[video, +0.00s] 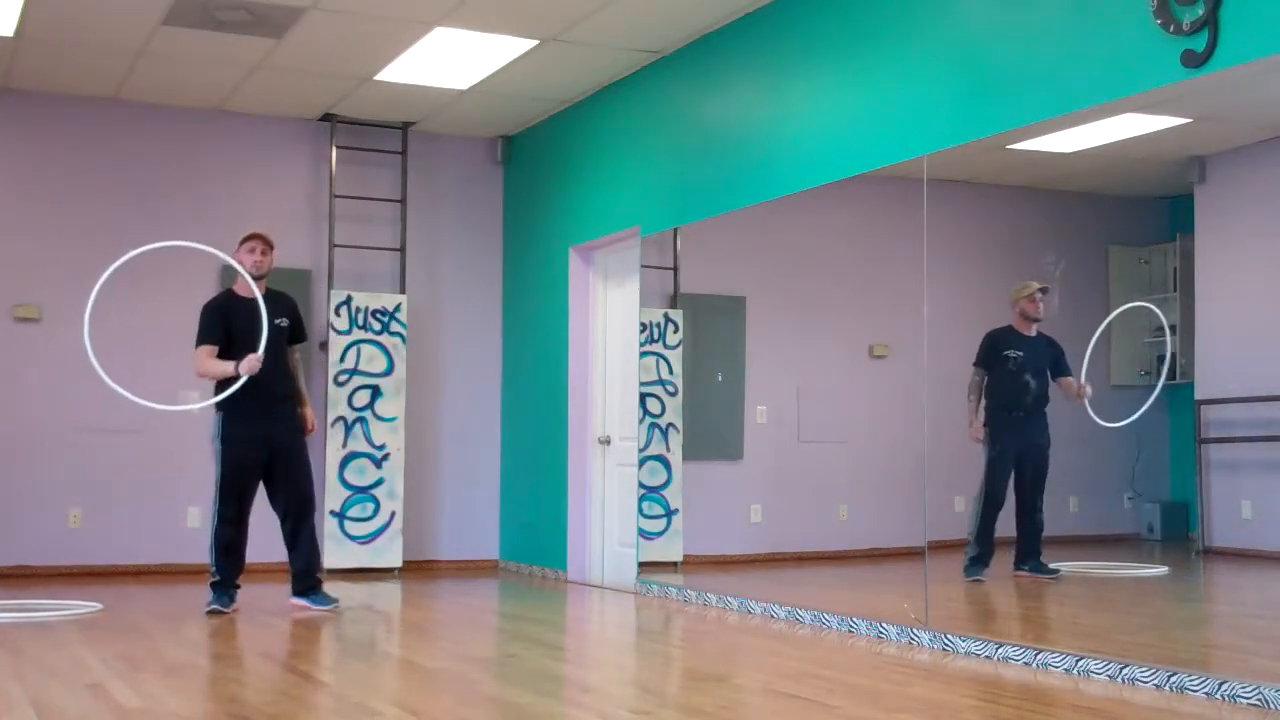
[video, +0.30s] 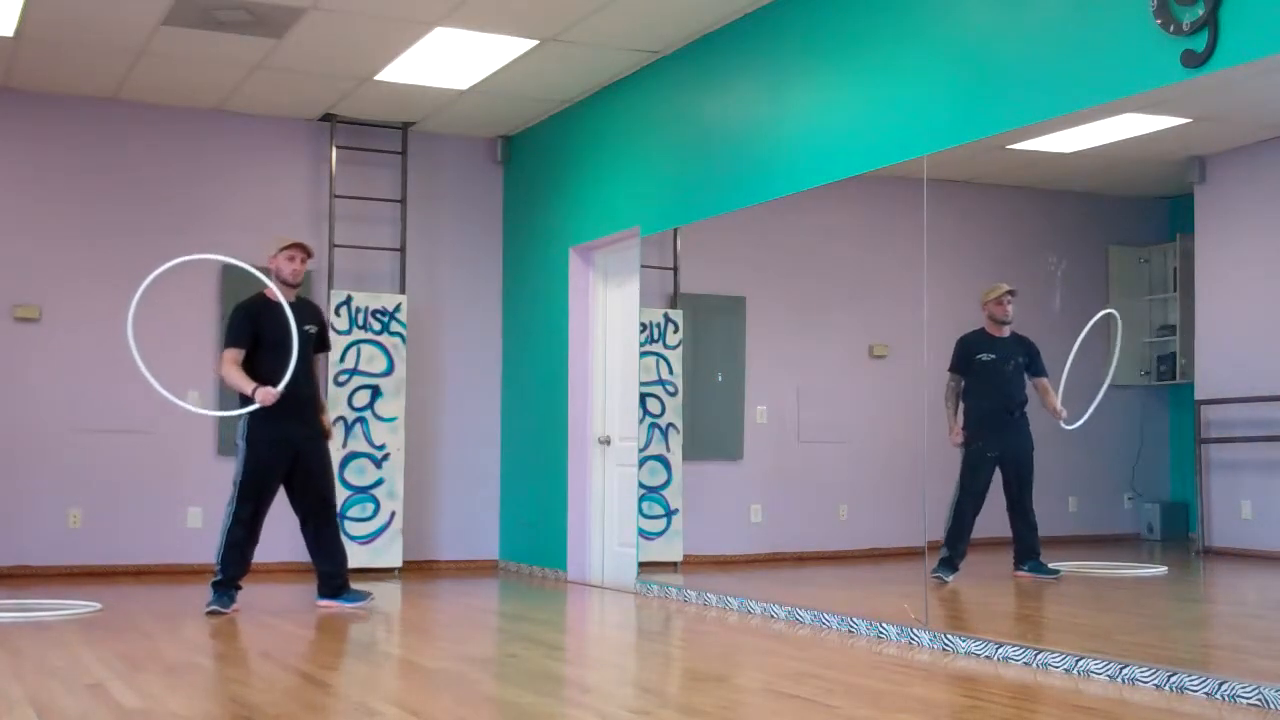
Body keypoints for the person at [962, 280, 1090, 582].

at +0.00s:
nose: (1039, 305)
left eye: (1041, 300)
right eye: (1033, 300)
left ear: (1043, 306)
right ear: (1018, 305)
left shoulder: (1049, 345)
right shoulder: (996, 339)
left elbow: (1065, 382)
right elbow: (977, 379)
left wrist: (1078, 390)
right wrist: (974, 418)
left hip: (1035, 427)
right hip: (1001, 426)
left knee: (1032, 498)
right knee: (993, 496)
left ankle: (1028, 560)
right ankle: (977, 562)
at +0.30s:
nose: (1007, 307)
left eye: (1009, 302)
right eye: (1000, 303)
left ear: (1013, 308)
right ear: (986, 308)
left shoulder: (1024, 346)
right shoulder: (968, 343)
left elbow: (1042, 384)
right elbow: (954, 386)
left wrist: (1055, 405)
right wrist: (953, 423)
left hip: (1016, 431)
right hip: (979, 431)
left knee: (1021, 499)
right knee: (968, 500)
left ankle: (1027, 560)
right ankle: (949, 563)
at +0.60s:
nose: (975, 304)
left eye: (977, 299)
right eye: (967, 299)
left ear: (979, 303)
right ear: (953, 305)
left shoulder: (993, 340)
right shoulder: (936, 342)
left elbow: (1012, 381)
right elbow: (922, 390)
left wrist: (1028, 411)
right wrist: (921, 427)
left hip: (988, 430)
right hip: (950, 433)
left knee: (1004, 495)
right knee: (946, 502)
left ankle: (1008, 557)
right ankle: (943, 564)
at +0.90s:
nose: (970, 301)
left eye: (971, 296)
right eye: (963, 297)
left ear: (973, 301)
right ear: (948, 303)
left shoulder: (989, 339)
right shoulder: (934, 339)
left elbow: (1007, 375)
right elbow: (919, 385)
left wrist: (1015, 398)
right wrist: (921, 423)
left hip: (982, 431)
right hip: (946, 431)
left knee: (979, 502)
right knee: (945, 502)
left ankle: (972, 564)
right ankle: (942, 564)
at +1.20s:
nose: (961, 304)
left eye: (965, 299)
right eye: (955, 299)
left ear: (972, 304)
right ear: (944, 305)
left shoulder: (988, 341)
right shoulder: (932, 340)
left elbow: (1010, 380)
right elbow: (919, 387)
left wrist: (1010, 404)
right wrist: (918, 425)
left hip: (979, 433)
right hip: (941, 433)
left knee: (976, 502)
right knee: (928, 499)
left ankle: (970, 564)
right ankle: (915, 570)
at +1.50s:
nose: (945, 304)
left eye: (950, 299)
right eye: (938, 300)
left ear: (959, 304)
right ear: (930, 307)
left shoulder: (975, 333)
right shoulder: (922, 343)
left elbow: (984, 355)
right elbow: (910, 391)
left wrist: (984, 372)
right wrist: (909, 430)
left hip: (974, 430)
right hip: (937, 433)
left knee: (975, 502)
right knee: (923, 502)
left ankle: (972, 565)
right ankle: (902, 571)